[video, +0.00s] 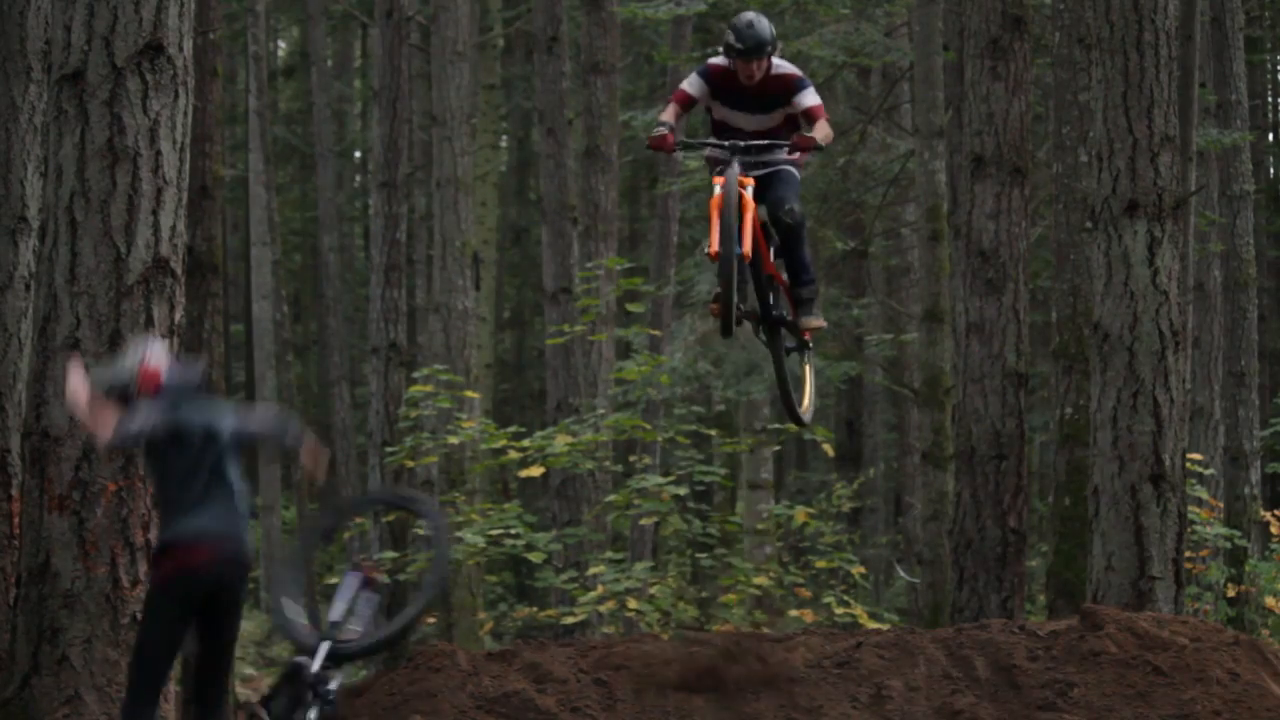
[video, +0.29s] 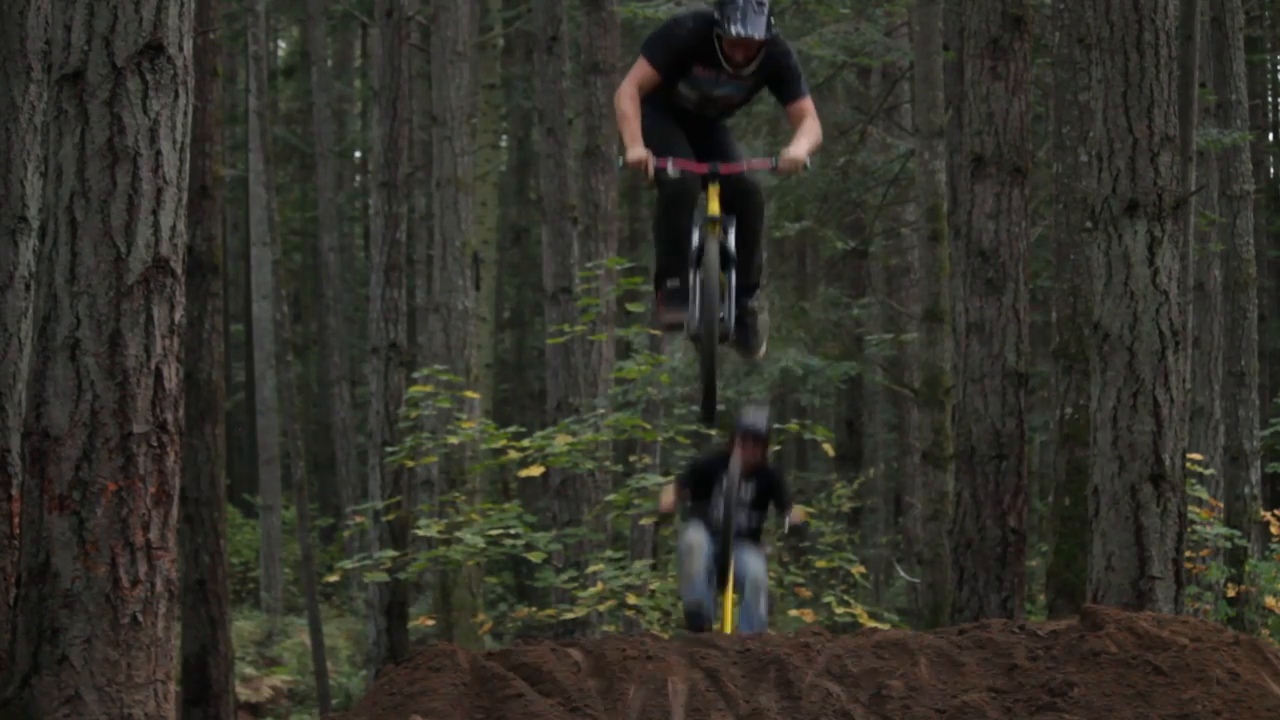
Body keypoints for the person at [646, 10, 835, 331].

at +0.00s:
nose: (752, 69)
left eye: (758, 61)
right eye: (744, 61)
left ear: (770, 56)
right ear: (731, 56)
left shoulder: (789, 77)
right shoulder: (712, 73)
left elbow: (823, 126)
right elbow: (675, 107)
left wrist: (813, 138)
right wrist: (664, 128)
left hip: (775, 159)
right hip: (726, 157)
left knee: (787, 215)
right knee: (722, 213)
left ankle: (806, 303)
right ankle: (726, 289)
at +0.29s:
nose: (742, 53)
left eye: (751, 46)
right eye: (734, 43)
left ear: (765, 37)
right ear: (719, 29)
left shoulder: (775, 54)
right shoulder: (686, 32)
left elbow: (809, 121)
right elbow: (627, 91)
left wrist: (798, 148)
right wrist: (634, 146)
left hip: (710, 123)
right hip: (661, 117)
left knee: (747, 193)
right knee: (680, 183)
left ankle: (745, 303)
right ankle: (670, 289)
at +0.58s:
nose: (746, 171)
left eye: (755, 163)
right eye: (738, 160)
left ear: (770, 151)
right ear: (720, 144)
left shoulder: (779, 162)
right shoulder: (684, 153)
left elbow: (810, 235)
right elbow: (636, 226)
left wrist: (817, 305)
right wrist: (648, 303)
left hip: (716, 237)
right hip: (666, 236)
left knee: (751, 327)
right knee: (682, 318)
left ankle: (737, 421)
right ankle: (667, 431)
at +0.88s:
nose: (746, 339)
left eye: (757, 329)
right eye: (737, 327)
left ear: (771, 319)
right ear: (718, 312)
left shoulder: (782, 329)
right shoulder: (677, 328)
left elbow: (817, 412)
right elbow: (654, 414)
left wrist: (834, 491)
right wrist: (663, 497)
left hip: (719, 383)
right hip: (663, 383)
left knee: (736, 494)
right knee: (682, 493)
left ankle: (723, 601)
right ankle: (671, 607)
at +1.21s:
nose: (746, 470)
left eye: (755, 461)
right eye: (738, 459)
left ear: (772, 447)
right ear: (715, 444)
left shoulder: (785, 462)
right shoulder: (672, 457)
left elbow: (823, 536)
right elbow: (616, 540)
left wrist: (831, 583)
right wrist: (637, 607)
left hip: (736, 532)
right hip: (668, 537)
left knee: (773, 591)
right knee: (688, 630)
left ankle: (772, 684)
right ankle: (699, 710)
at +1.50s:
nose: (716, 484)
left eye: (728, 471)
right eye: (703, 471)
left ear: (745, 465)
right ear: (683, 467)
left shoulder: (776, 513)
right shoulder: (646, 519)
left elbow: (819, 602)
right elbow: (608, 612)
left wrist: (820, 680)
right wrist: (613, 697)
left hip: (744, 611)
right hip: (665, 618)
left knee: (769, 702)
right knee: (686, 708)